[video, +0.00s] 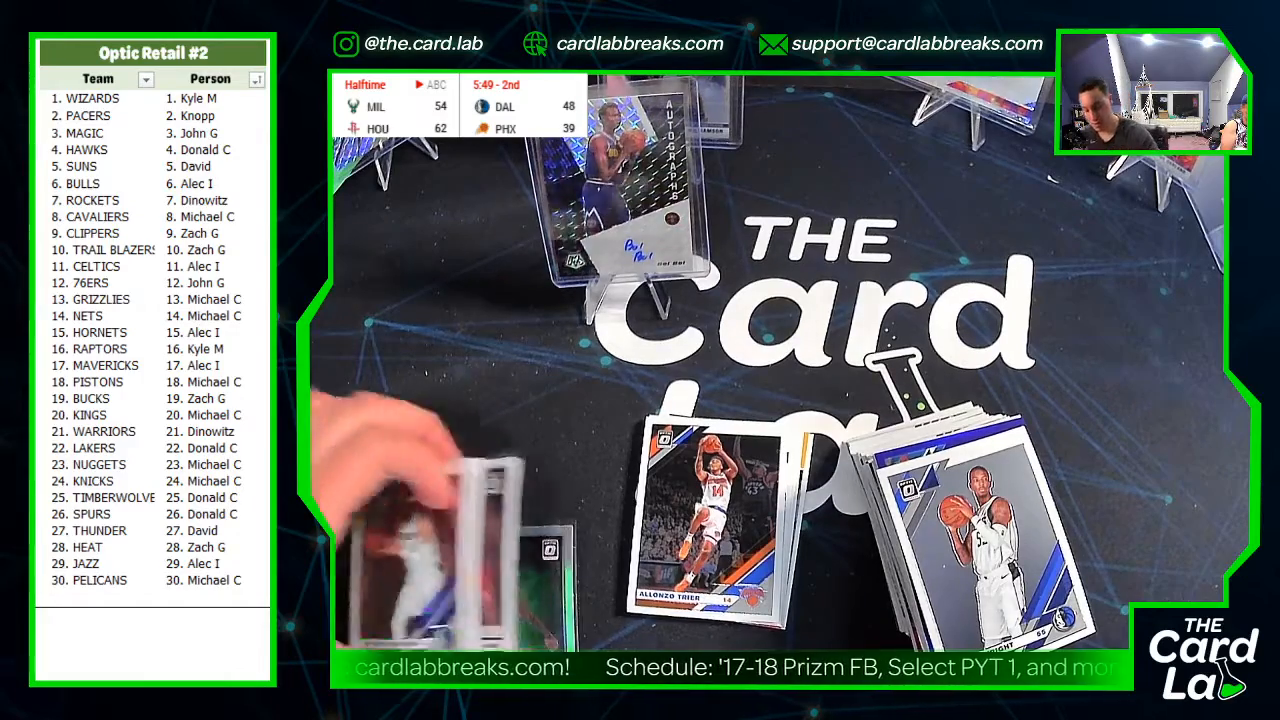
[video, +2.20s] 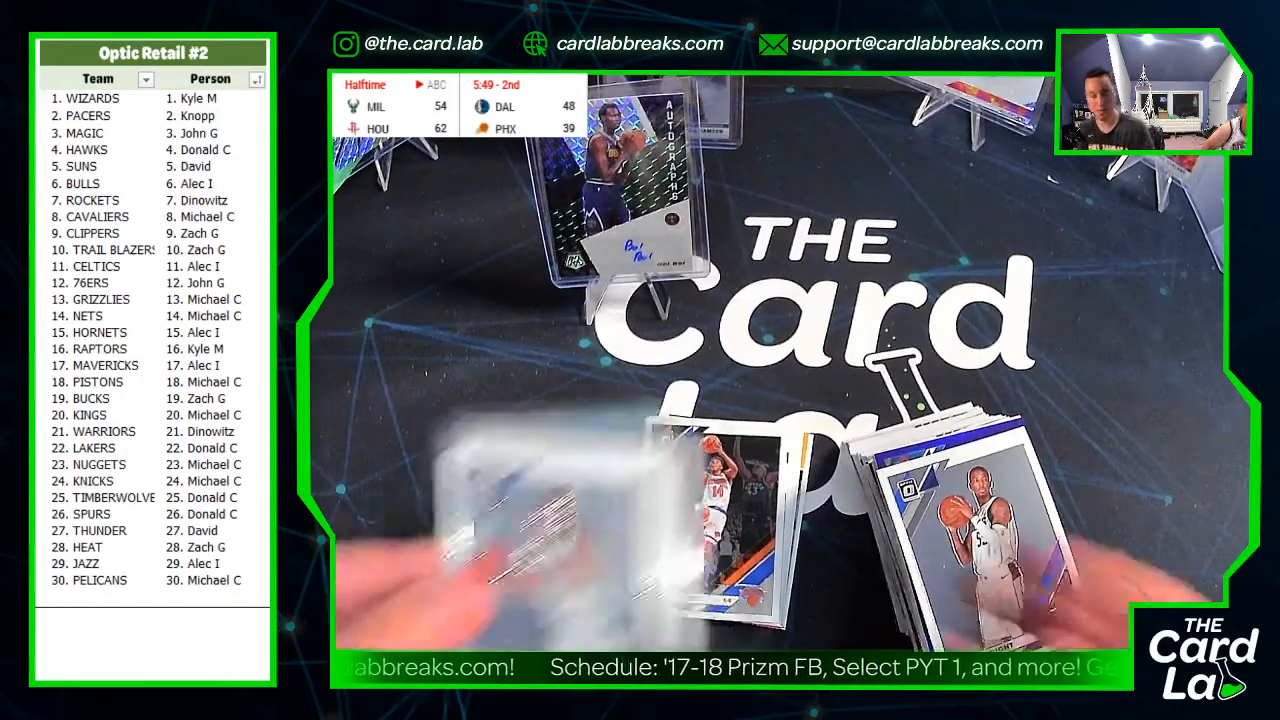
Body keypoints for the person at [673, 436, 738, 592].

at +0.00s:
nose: (715, 463)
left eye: (717, 462)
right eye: (713, 461)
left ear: (721, 465)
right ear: (709, 465)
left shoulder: (727, 476)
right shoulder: (706, 477)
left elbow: (734, 469)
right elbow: (698, 470)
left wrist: (721, 452)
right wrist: (700, 450)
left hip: (720, 513)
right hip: (706, 507)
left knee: (707, 549)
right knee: (704, 511)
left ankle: (688, 578)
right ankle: (688, 540)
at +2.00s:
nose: (714, 464)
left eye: (717, 462)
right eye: (712, 461)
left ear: (721, 466)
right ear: (709, 465)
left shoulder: (727, 476)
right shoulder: (705, 477)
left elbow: (734, 469)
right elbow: (698, 471)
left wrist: (721, 452)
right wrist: (700, 450)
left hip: (720, 513)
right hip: (705, 507)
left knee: (707, 550)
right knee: (705, 512)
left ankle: (688, 580)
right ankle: (688, 540)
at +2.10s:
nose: (714, 464)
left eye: (717, 462)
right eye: (713, 462)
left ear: (721, 465)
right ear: (709, 465)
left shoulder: (727, 476)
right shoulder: (705, 477)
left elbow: (734, 469)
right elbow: (698, 471)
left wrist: (722, 452)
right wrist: (700, 451)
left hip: (720, 513)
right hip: (706, 507)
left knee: (707, 550)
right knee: (705, 512)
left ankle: (688, 580)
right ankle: (688, 540)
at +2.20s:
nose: (714, 464)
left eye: (717, 462)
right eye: (712, 462)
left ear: (721, 465)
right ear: (709, 464)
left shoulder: (726, 476)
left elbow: (734, 468)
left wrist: (722, 453)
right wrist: (700, 449)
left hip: (719, 510)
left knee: (708, 544)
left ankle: (708, 576)